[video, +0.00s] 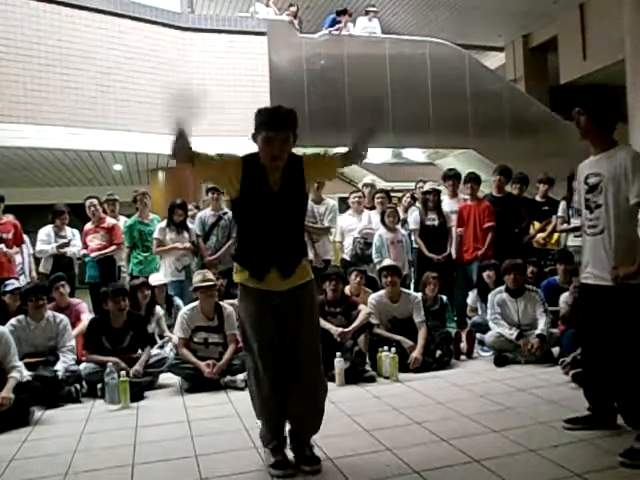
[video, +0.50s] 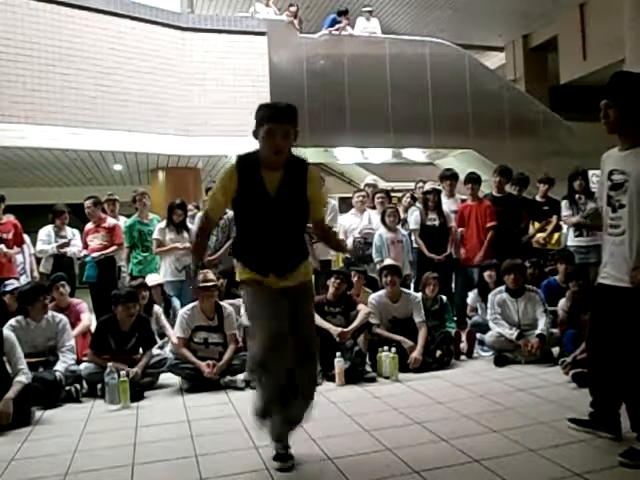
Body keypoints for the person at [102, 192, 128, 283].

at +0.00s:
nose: (111, 207)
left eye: (114, 204)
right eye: (108, 204)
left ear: (118, 205)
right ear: (104, 206)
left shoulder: (126, 222)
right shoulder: (102, 222)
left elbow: (130, 240)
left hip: (122, 260)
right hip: (106, 260)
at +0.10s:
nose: (111, 207)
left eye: (114, 204)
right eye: (108, 204)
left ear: (118, 205)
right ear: (104, 206)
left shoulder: (126, 222)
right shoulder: (102, 222)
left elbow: (130, 241)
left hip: (122, 261)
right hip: (106, 261)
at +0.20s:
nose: (111, 208)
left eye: (114, 204)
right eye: (108, 204)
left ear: (118, 206)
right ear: (104, 206)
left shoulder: (126, 222)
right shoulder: (102, 223)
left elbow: (130, 241)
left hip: (122, 260)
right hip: (106, 260)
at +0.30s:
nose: (111, 207)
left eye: (114, 204)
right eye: (108, 204)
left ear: (118, 206)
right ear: (104, 206)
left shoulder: (125, 222)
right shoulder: (102, 222)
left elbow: (130, 241)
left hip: (122, 260)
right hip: (106, 259)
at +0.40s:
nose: (111, 208)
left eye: (114, 204)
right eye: (108, 205)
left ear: (118, 206)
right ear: (104, 206)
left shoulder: (125, 221)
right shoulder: (102, 223)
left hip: (122, 260)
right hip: (106, 260)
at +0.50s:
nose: (111, 207)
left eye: (114, 204)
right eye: (108, 204)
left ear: (118, 206)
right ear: (104, 206)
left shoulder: (126, 222)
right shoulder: (102, 222)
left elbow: (130, 240)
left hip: (122, 261)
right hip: (107, 260)